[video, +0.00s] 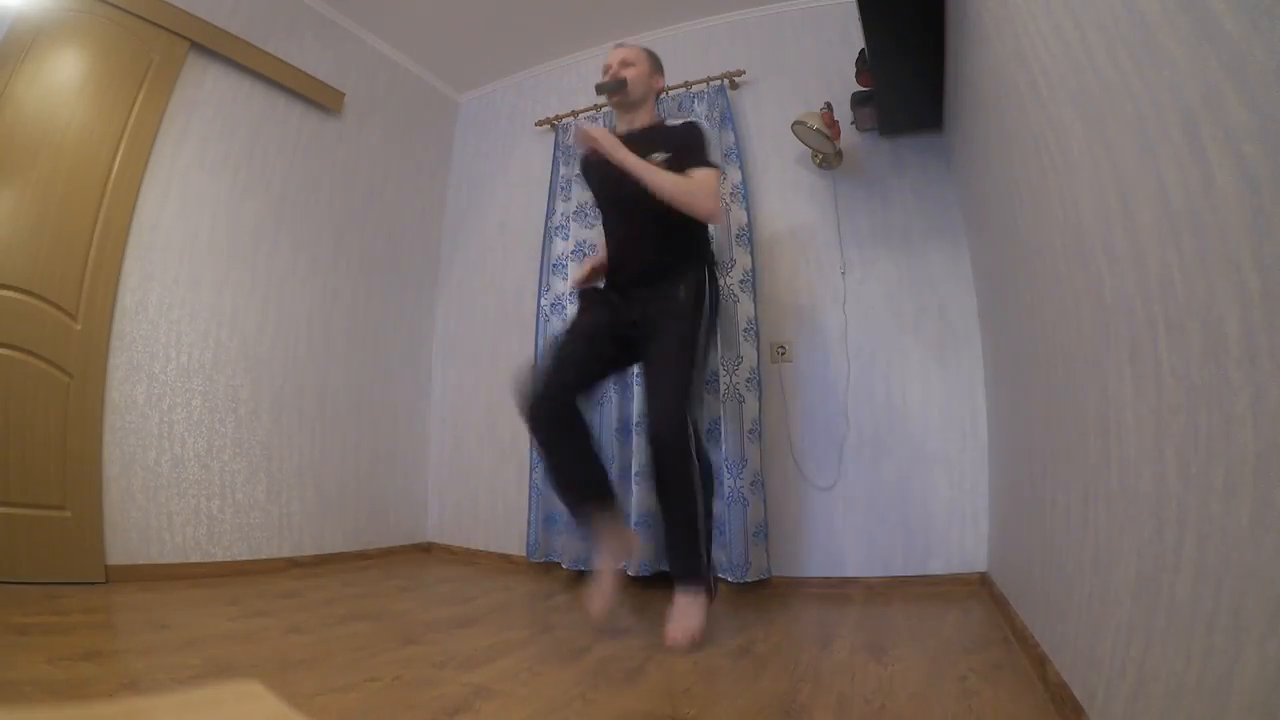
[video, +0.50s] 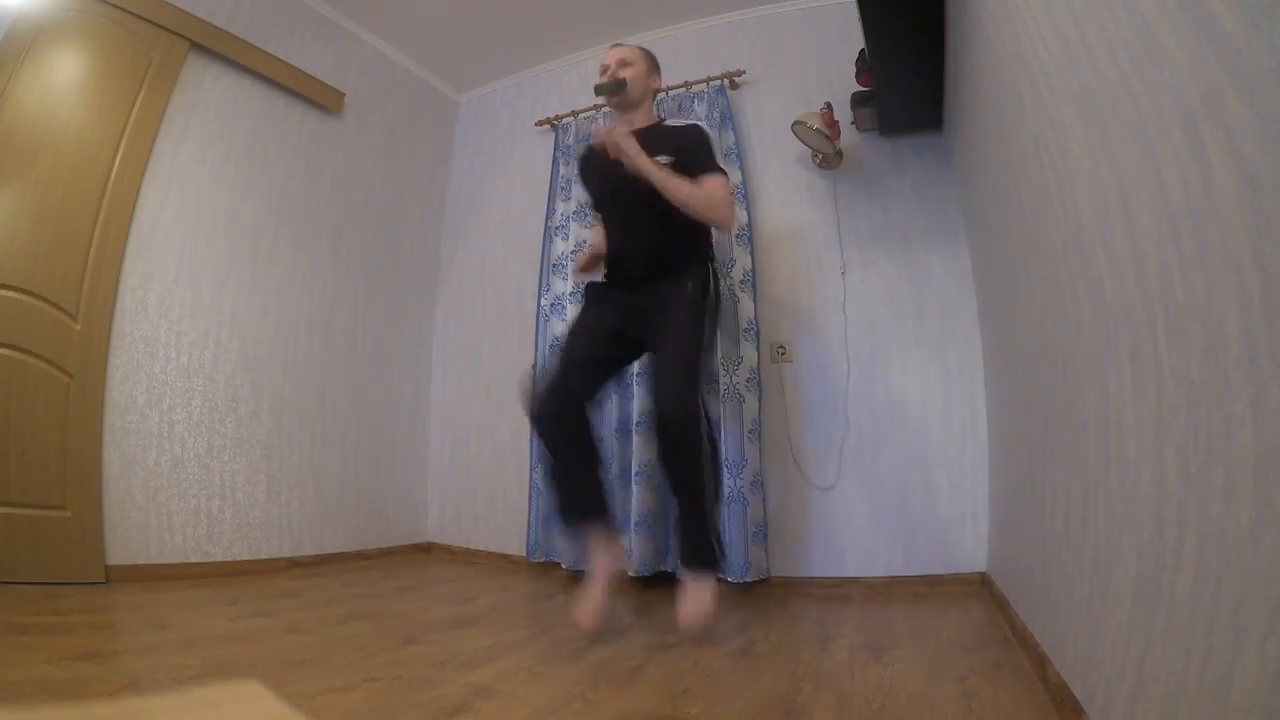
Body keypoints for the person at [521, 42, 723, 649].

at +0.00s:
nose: (614, 70)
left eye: (628, 62)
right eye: (607, 66)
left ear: (658, 82)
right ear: (601, 89)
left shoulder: (682, 137)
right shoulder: (597, 157)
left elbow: (709, 205)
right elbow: (632, 228)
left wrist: (621, 155)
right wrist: (598, 261)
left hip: (678, 296)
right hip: (616, 301)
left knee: (667, 428)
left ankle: (691, 583)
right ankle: (608, 529)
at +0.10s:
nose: (617, 78)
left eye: (630, 69)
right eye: (609, 74)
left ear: (660, 88)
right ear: (602, 96)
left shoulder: (696, 155)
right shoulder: (588, 167)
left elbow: (737, 234)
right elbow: (560, 257)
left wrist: (679, 235)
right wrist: (556, 241)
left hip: (684, 286)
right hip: (618, 300)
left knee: (642, 323)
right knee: (636, 447)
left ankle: (685, 481)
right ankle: (655, 597)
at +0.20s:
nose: (609, 85)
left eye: (622, 76)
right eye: (602, 81)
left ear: (653, 93)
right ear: (596, 103)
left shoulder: (692, 155)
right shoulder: (588, 170)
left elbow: (741, 214)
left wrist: (714, 249)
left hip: (691, 289)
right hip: (626, 305)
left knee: (639, 326)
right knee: (630, 447)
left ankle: (678, 490)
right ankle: (651, 590)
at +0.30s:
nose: (607, 79)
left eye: (621, 70)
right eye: (600, 75)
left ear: (652, 89)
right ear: (595, 96)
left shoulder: (683, 138)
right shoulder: (597, 172)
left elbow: (752, 206)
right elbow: (596, 262)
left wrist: (671, 203)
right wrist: (574, 242)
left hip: (687, 300)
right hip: (626, 304)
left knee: (678, 432)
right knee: (547, 383)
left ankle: (703, 578)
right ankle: (596, 520)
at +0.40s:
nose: (612, 88)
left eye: (627, 80)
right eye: (604, 84)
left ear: (658, 100)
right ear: (597, 108)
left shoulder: (681, 150)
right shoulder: (607, 182)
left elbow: (718, 204)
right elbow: (627, 262)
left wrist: (622, 151)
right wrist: (580, 289)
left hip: (686, 320)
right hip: (626, 314)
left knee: (692, 459)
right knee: (524, 317)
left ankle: (710, 601)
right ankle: (567, 472)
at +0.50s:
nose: (612, 74)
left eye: (626, 66)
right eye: (604, 69)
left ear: (655, 84)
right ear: (597, 89)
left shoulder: (685, 139)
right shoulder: (595, 159)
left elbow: (722, 212)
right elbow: (612, 225)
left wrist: (644, 164)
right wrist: (596, 249)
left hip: (681, 292)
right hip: (617, 297)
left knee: (675, 409)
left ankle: (699, 568)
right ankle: (601, 545)